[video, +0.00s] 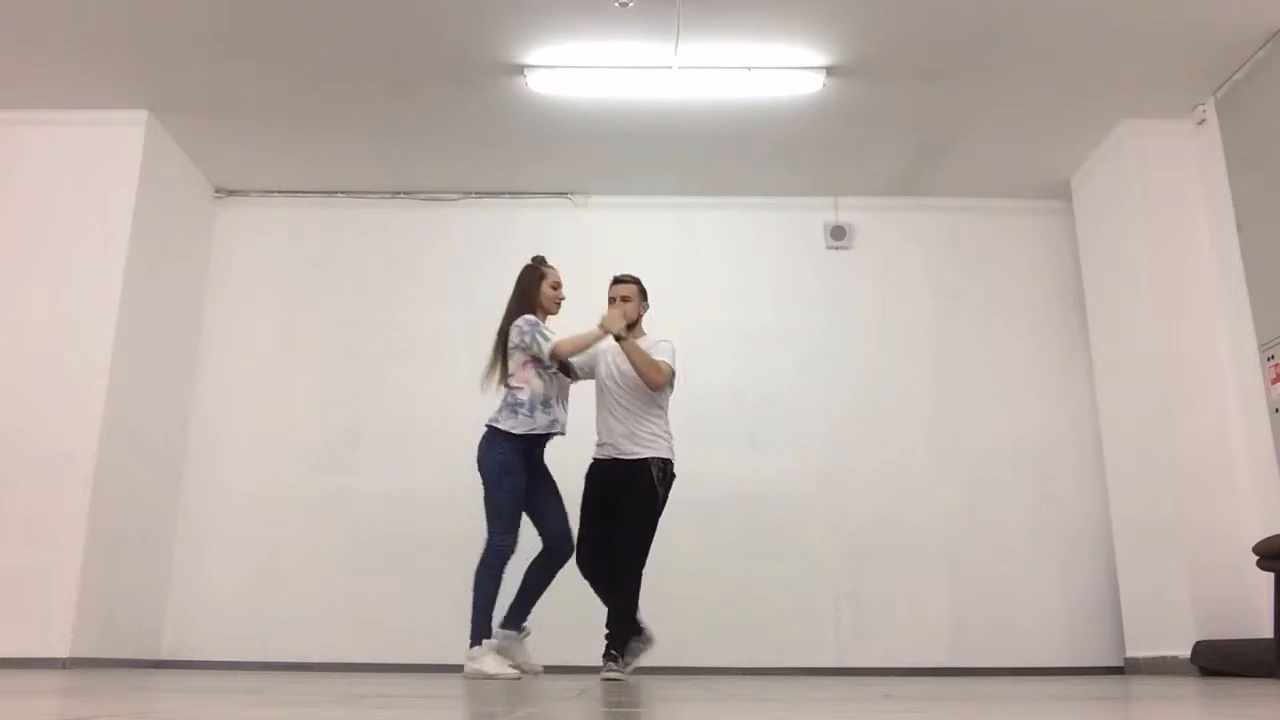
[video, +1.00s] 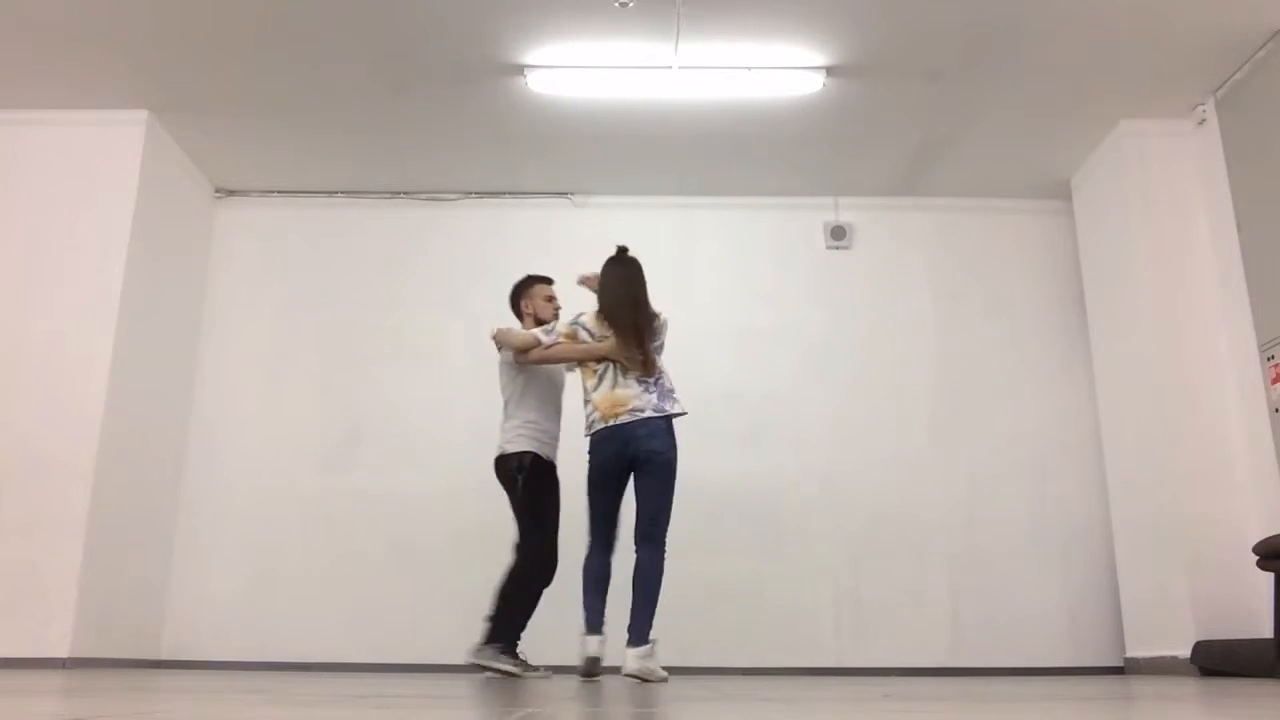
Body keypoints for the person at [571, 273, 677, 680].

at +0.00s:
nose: (618, 306)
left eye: (626, 300)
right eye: (612, 301)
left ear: (644, 307)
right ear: (607, 307)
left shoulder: (660, 346)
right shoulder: (601, 351)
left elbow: (657, 378)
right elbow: (560, 368)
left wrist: (620, 336)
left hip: (649, 463)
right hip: (606, 462)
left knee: (628, 558)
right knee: (589, 556)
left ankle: (614, 652)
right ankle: (635, 631)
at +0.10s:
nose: (616, 307)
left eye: (624, 301)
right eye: (611, 302)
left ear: (641, 309)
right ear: (604, 308)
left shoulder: (657, 351)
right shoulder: (593, 352)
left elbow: (669, 394)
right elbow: (565, 370)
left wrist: (633, 357)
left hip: (643, 466)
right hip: (597, 465)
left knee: (629, 559)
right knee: (593, 555)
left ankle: (617, 650)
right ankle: (600, 640)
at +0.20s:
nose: (615, 311)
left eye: (622, 305)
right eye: (609, 305)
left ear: (637, 312)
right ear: (600, 311)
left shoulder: (650, 359)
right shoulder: (584, 354)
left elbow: (673, 408)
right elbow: (554, 388)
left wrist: (638, 369)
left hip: (638, 470)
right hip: (591, 468)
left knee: (631, 565)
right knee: (595, 564)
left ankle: (620, 651)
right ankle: (591, 649)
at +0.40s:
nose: (607, 316)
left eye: (614, 310)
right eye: (600, 309)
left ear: (624, 317)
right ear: (586, 313)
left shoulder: (631, 364)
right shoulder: (570, 352)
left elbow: (671, 406)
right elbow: (512, 361)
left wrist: (663, 366)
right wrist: (546, 351)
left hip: (621, 468)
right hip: (579, 464)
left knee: (637, 550)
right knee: (585, 553)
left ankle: (627, 638)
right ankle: (588, 639)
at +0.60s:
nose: (610, 284)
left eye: (596, 276)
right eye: (609, 277)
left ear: (572, 282)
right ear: (611, 280)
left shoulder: (560, 327)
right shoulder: (628, 316)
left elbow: (513, 360)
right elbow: (676, 342)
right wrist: (671, 320)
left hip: (559, 446)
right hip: (602, 446)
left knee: (571, 546)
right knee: (629, 546)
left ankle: (538, 637)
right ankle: (638, 643)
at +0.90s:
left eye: (583, 287)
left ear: (594, 284)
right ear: (634, 284)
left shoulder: (578, 325)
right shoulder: (646, 319)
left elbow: (523, 354)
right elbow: (673, 332)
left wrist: (504, 340)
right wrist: (640, 307)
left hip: (605, 434)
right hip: (652, 429)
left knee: (619, 542)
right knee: (652, 543)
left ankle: (585, 643)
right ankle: (639, 651)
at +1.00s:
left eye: (601, 281)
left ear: (603, 291)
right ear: (643, 287)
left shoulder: (585, 326)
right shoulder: (656, 325)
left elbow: (525, 343)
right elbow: (636, 307)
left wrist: (500, 333)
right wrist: (604, 284)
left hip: (608, 437)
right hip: (657, 432)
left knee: (601, 541)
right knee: (650, 543)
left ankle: (593, 638)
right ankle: (639, 649)